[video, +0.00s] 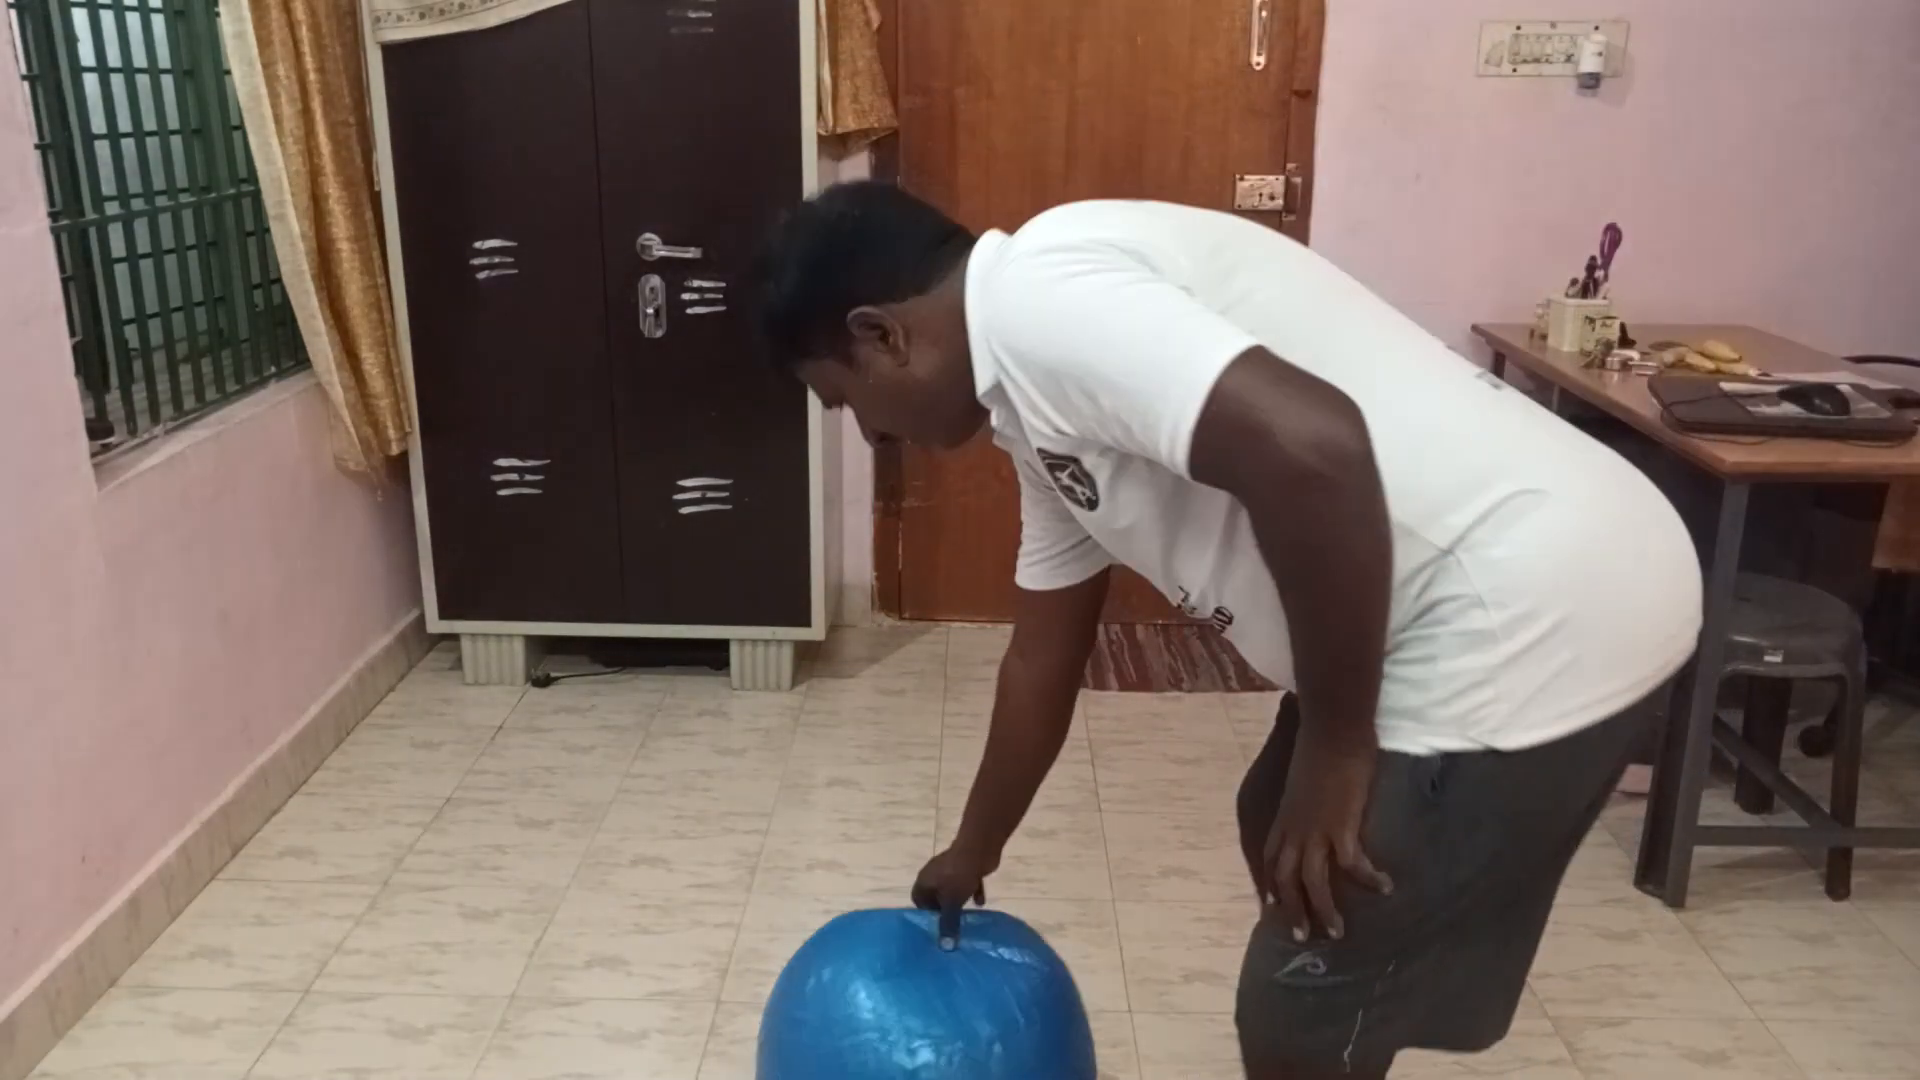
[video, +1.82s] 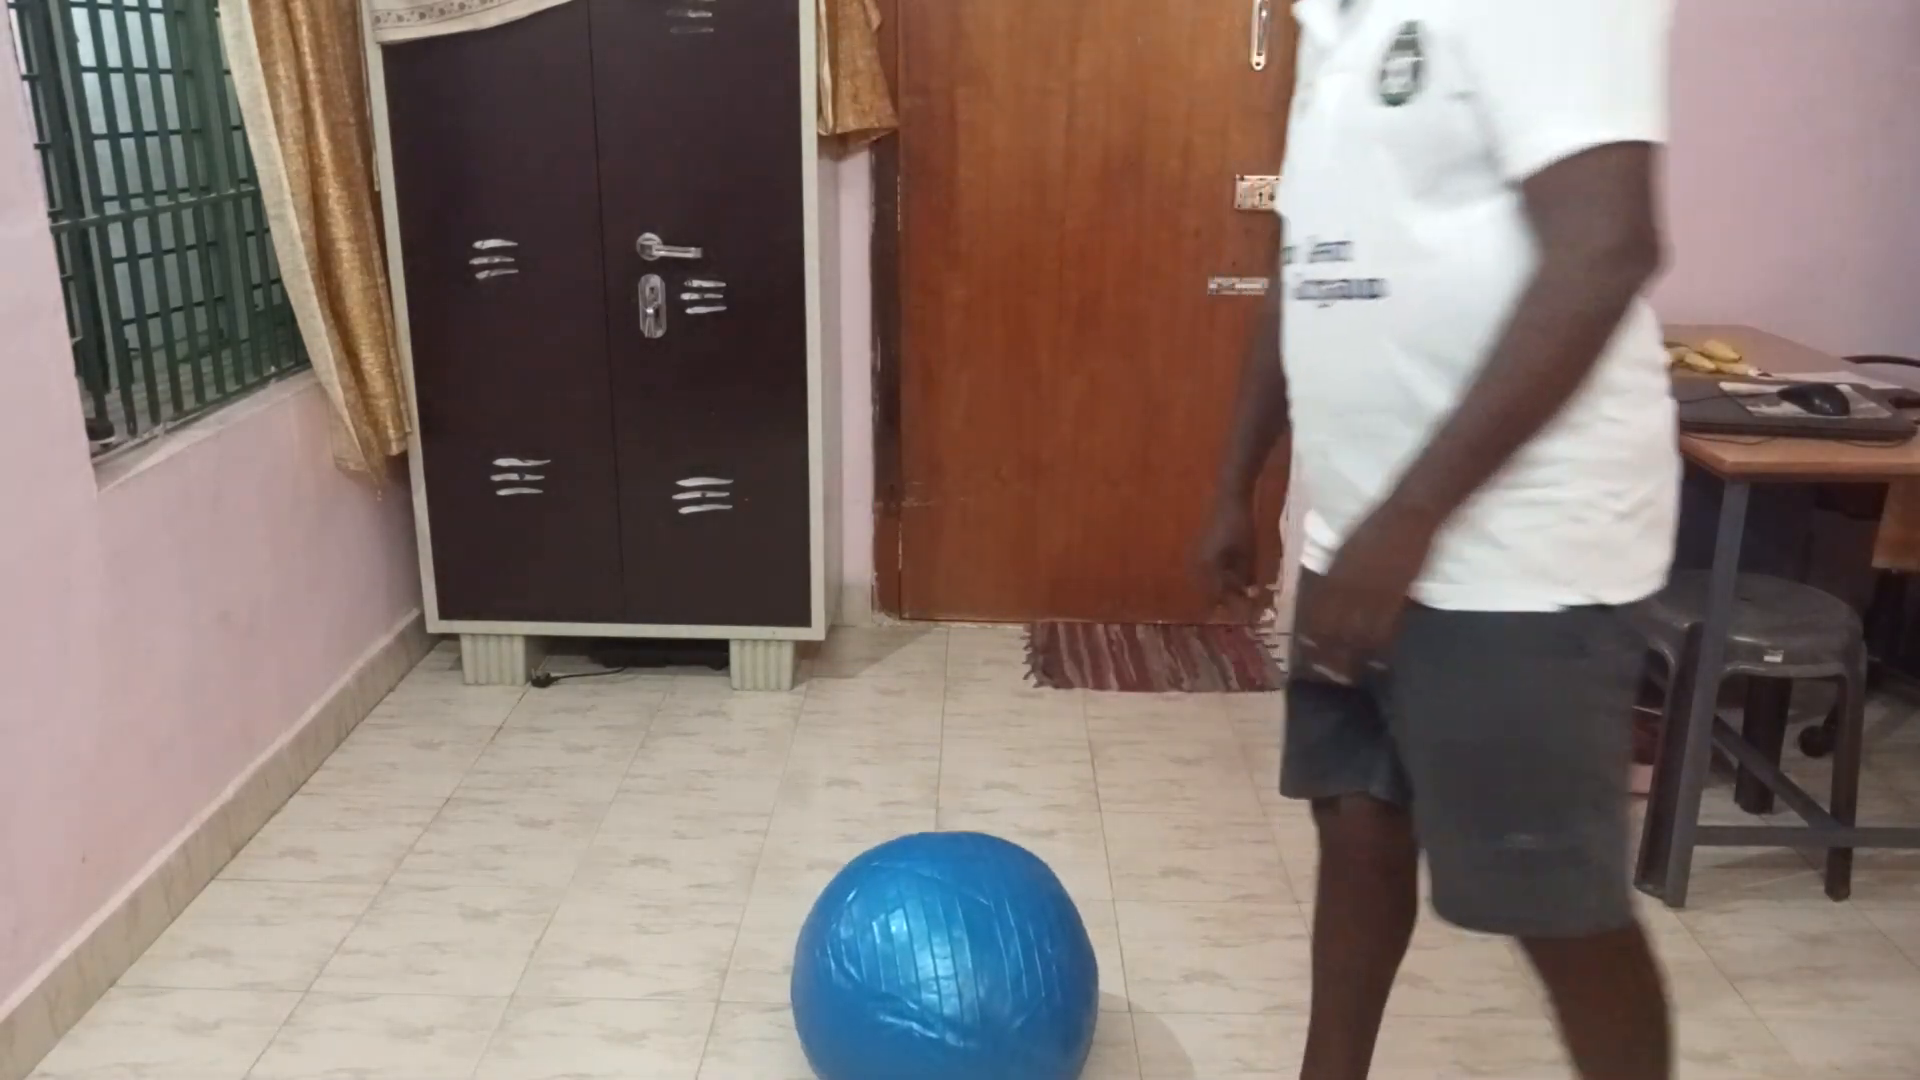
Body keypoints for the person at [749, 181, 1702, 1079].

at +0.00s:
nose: (864, 426)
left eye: (838, 390)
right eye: (835, 402)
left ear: (880, 332)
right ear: (900, 319)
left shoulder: (1033, 300)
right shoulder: (1043, 406)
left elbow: (1313, 452)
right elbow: (1044, 657)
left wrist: (1337, 754)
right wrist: (972, 848)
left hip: (1527, 603)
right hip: (1451, 590)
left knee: (1304, 1012)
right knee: (1279, 818)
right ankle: (1352, 1034)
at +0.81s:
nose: (879, 370)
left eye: (856, 331)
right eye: (853, 342)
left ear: (896, 268)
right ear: (911, 254)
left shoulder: (1018, 252)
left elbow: (1228, 435)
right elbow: (1076, 561)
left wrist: (1280, 724)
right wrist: (1001, 746)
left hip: (1462, 577)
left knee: (1291, 989)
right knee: (1316, 976)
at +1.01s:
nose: (891, 265)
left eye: (876, 222)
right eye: (871, 235)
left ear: (931, 160)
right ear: (936, 154)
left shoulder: (1057, 179)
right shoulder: (1121, 144)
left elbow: (1235, 415)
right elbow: (1160, 477)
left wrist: (1275, 719)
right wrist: (1048, 681)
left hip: (1454, 562)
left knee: (1304, 986)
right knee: (1323, 974)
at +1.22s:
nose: (949, 112)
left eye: (947, 66)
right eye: (931, 86)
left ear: (1023, 9)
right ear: (1037, 9)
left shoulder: (1133, 74)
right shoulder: (1199, 46)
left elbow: (1258, 359)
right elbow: (1233, 388)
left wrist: (1254, 669)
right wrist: (1157, 622)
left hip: (1422, 561)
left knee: (1305, 979)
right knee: (1327, 969)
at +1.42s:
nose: (1038, 13)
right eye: (1032, 5)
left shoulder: (1258, 26)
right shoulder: (1213, 36)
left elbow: (1366, 284)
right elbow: (1280, 312)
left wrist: (1268, 583)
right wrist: (1238, 558)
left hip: (1435, 536)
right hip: (1374, 526)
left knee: (1353, 931)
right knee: (1307, 835)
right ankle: (1341, 1059)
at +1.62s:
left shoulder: (1396, 12)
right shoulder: (1278, 23)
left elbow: (1468, 246)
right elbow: (1304, 282)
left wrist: (1310, 519)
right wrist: (1243, 509)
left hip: (1467, 536)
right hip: (1345, 528)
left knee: (1441, 907)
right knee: (1322, 828)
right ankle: (1324, 1070)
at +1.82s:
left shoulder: (1551, 14)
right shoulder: (1332, 16)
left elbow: (1604, 246)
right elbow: (1314, 261)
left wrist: (1399, 529)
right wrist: (1236, 481)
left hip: (1528, 553)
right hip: (1352, 534)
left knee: (1564, 904)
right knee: (1357, 834)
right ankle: (1331, 1070)